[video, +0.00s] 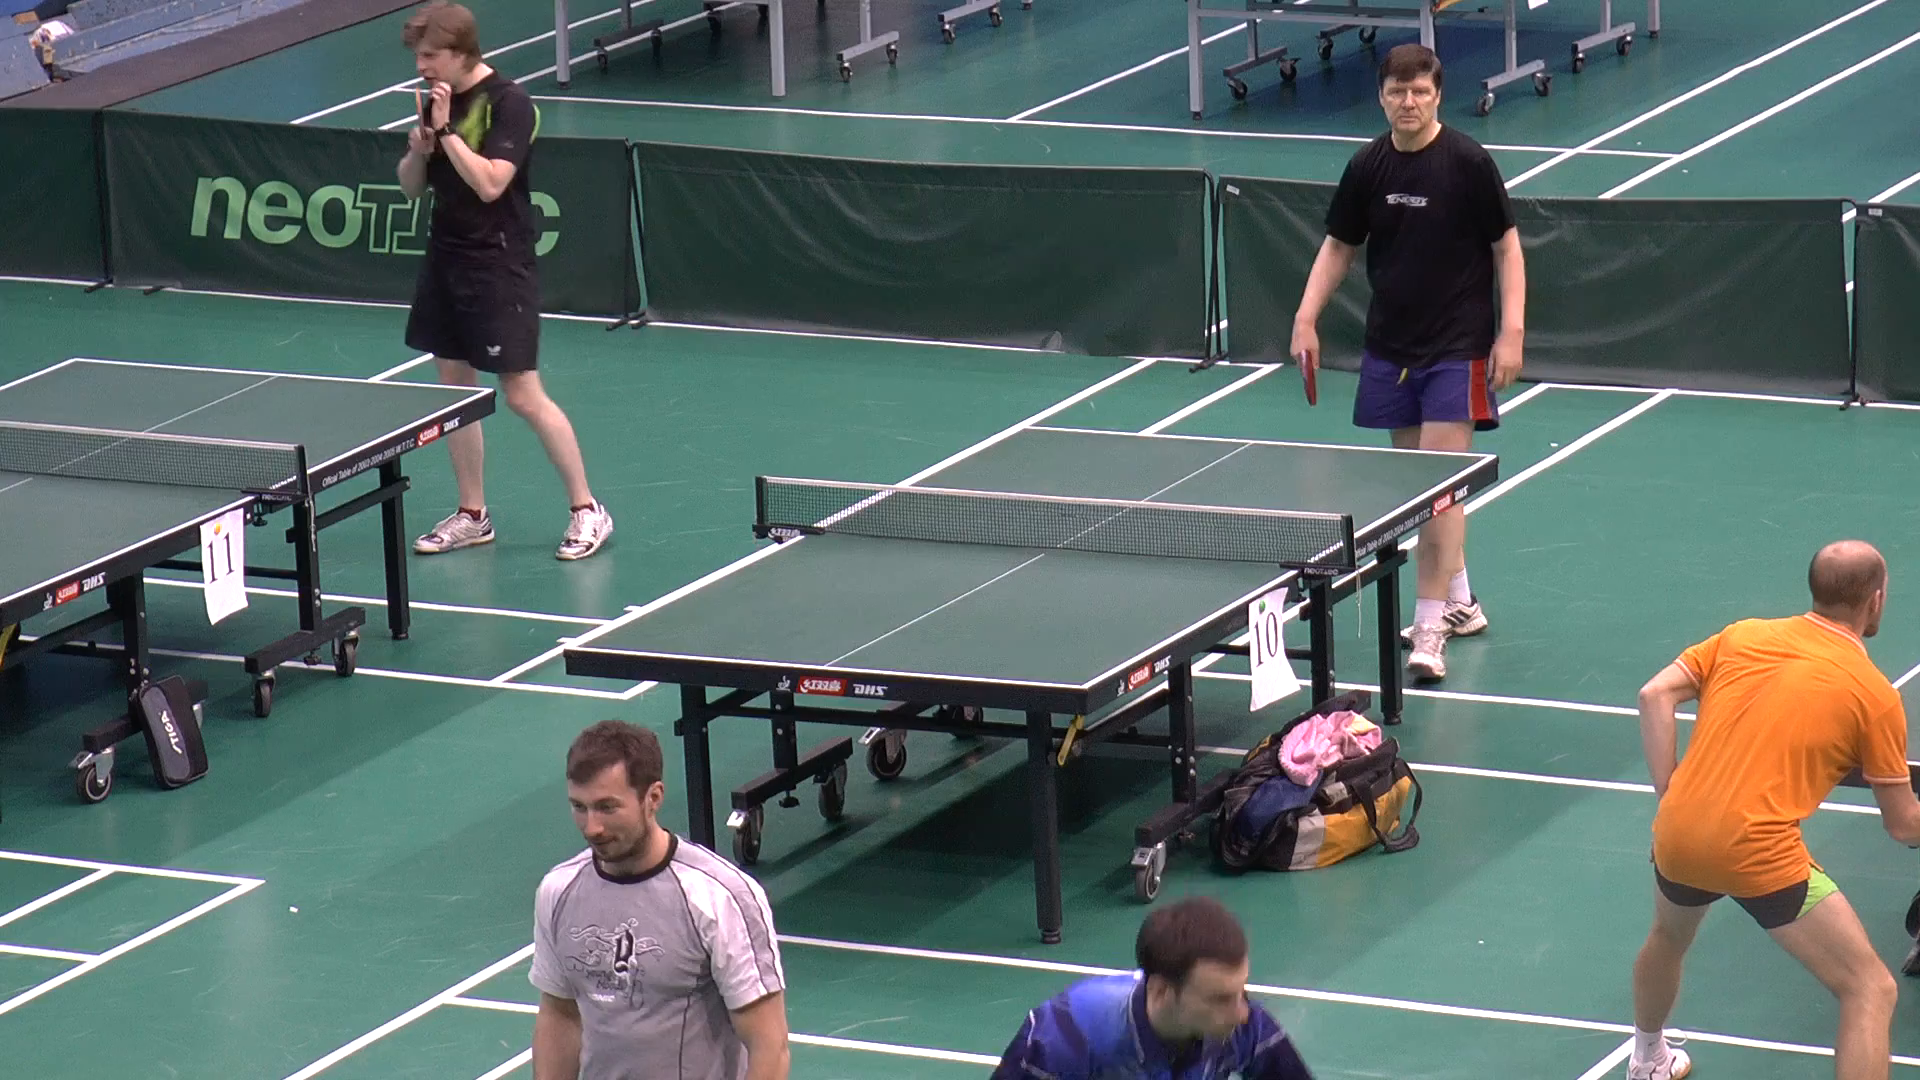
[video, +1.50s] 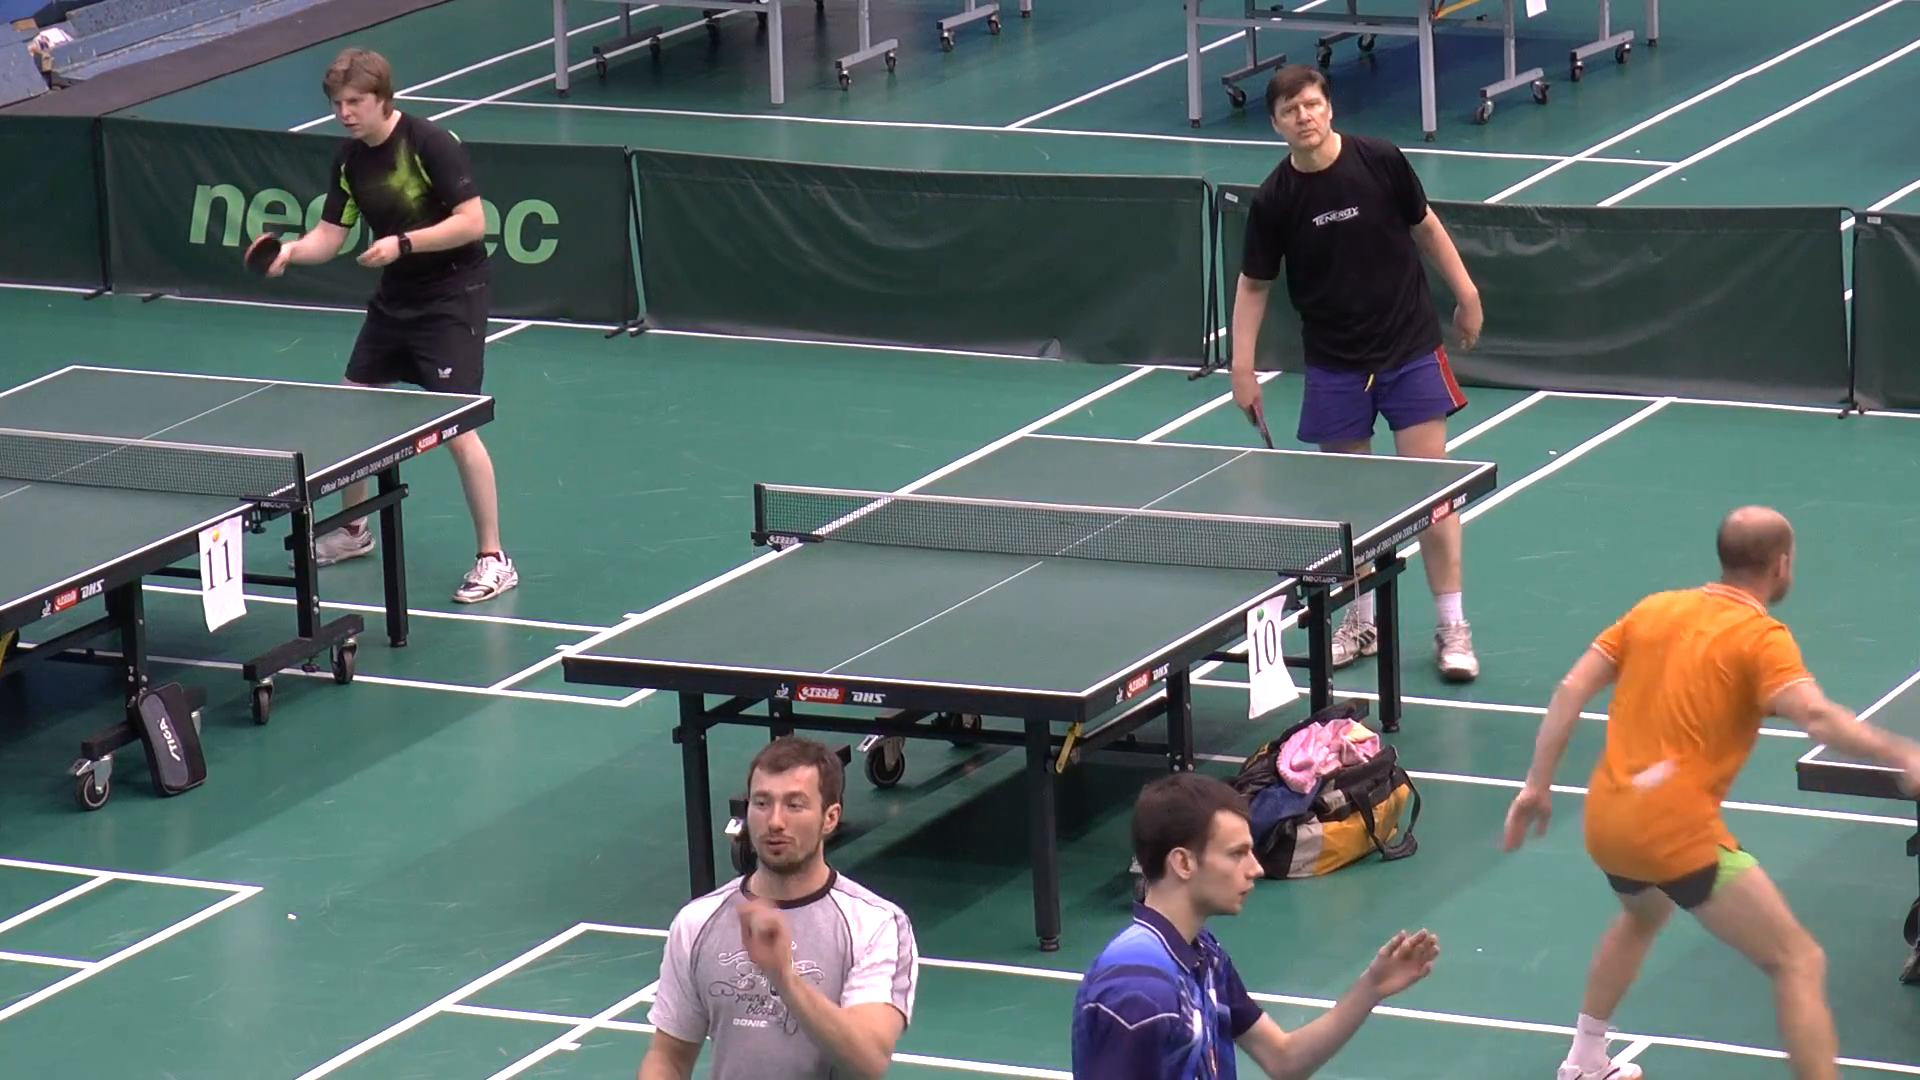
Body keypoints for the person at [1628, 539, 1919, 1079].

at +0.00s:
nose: (1884, 599)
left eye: (1883, 590)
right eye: (1884, 591)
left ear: (1815, 591)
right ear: (1874, 600)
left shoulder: (1741, 634)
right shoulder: (1874, 693)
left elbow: (1656, 694)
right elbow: (1904, 823)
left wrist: (1666, 793)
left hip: (1677, 836)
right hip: (1759, 852)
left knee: (1666, 939)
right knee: (1868, 987)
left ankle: (1646, 1058)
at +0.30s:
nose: (1887, 594)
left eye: (1886, 584)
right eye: (1887, 585)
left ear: (1818, 587)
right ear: (1878, 595)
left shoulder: (1744, 631)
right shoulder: (1877, 688)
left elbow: (1661, 696)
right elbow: (1908, 821)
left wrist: (1673, 795)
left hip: (1682, 834)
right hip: (1764, 850)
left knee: (1669, 941)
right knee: (1870, 990)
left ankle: (1646, 1060)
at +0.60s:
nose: (1891, 588)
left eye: (1890, 579)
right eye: (1891, 580)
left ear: (1822, 586)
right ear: (1881, 593)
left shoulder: (1749, 630)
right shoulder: (1881, 687)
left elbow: (1666, 699)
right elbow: (1914, 818)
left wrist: (1681, 795)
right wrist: (1869, 764)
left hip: (1689, 834)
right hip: (1768, 853)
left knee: (1674, 940)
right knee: (1876, 993)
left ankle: (1646, 1061)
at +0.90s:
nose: (1883, 555)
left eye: (1881, 545)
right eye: (1883, 547)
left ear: (1810, 556)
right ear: (1875, 557)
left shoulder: (1754, 619)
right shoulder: (1903, 648)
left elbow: (1687, 722)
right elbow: (1908, 750)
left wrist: (1736, 771)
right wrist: (1891, 753)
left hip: (1747, 836)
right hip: (1840, 846)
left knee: (1709, 937)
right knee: (1915, 943)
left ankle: (1673, 1065)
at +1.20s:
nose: (1869, 597)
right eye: (1869, 590)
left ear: (1803, 595)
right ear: (1867, 595)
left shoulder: (1756, 647)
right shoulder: (1899, 674)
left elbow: (1649, 697)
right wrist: (1883, 652)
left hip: (1733, 870)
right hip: (1829, 882)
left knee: (1689, 913)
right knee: (1917, 973)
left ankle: (1655, 1055)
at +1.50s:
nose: (1792, 568)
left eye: (1791, 558)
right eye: (1791, 558)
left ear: (1724, 559)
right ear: (1779, 565)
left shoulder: (1653, 609)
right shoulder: (1763, 636)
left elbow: (1570, 689)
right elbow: (1812, 714)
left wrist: (1537, 784)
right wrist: (1903, 753)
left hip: (1607, 825)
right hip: (1678, 836)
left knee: (1642, 913)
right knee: (1797, 960)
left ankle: (1584, 1058)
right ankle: (1820, 1071)